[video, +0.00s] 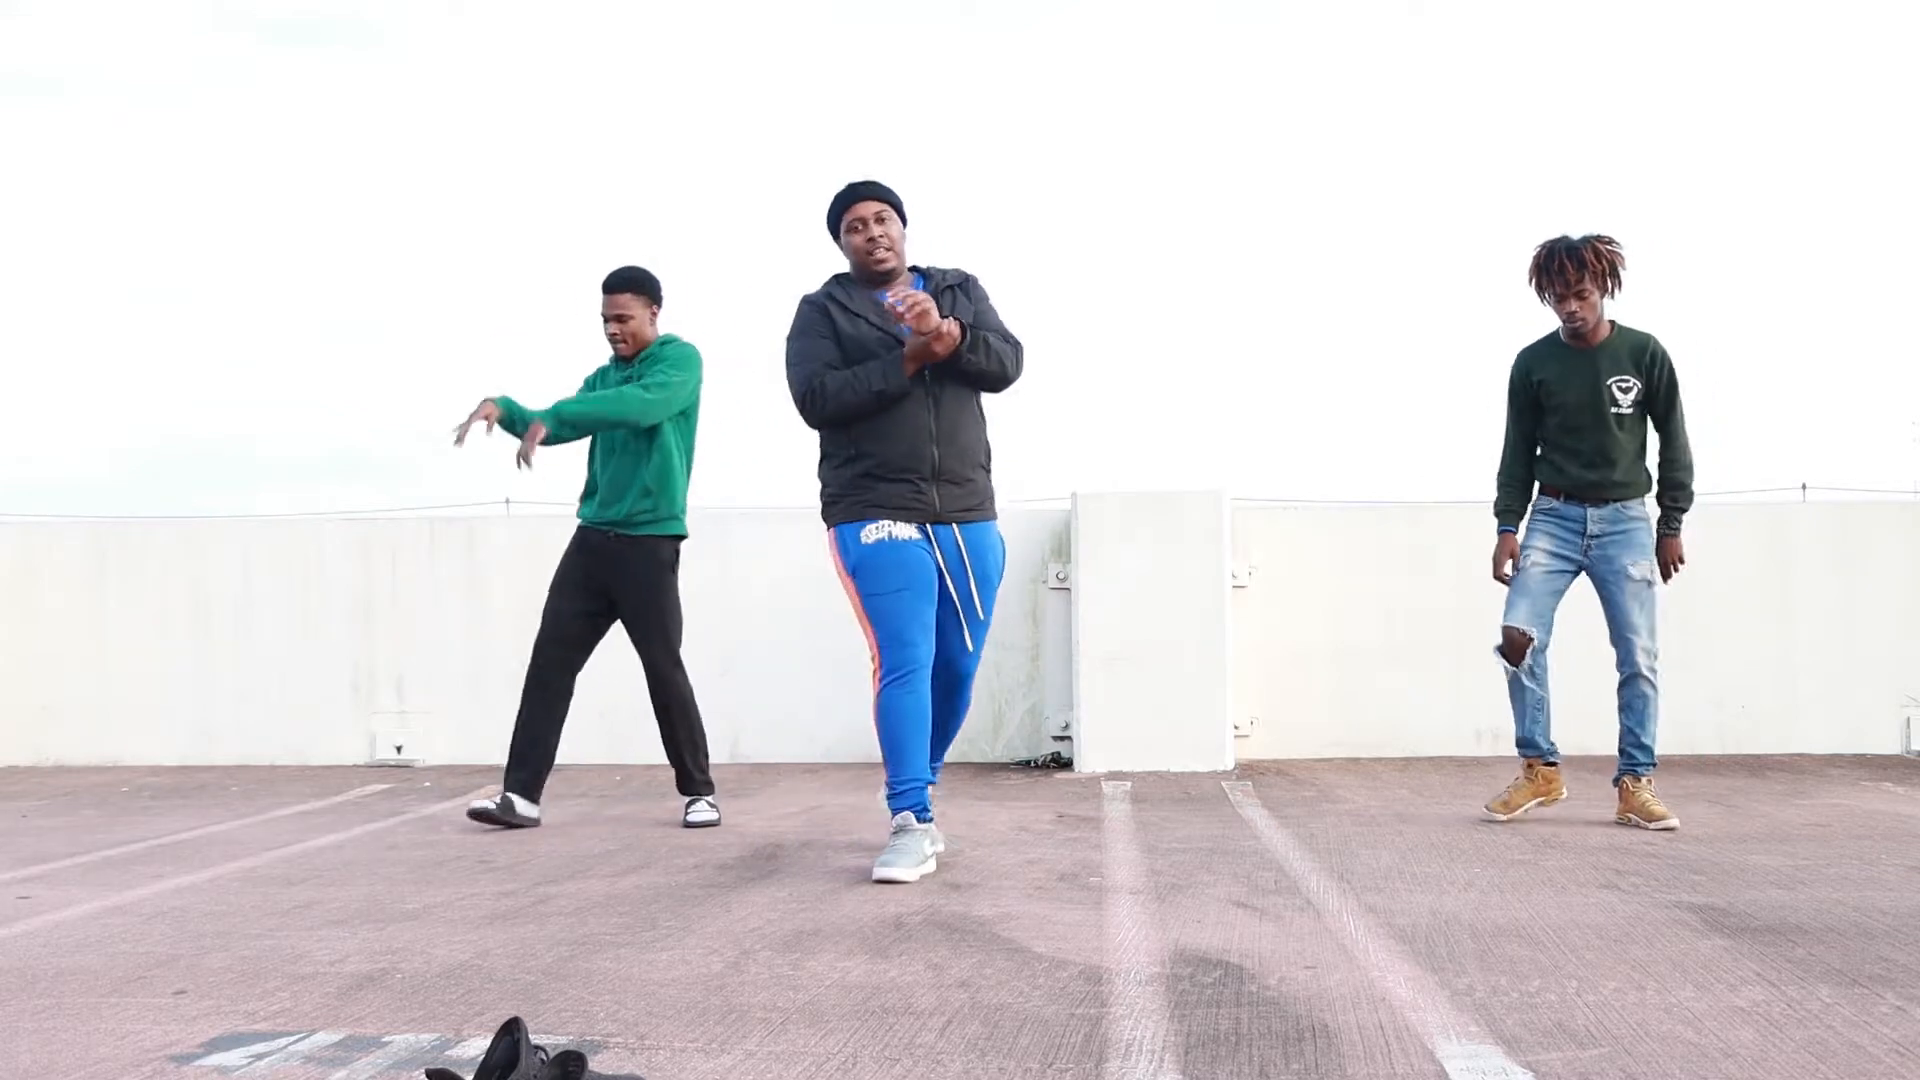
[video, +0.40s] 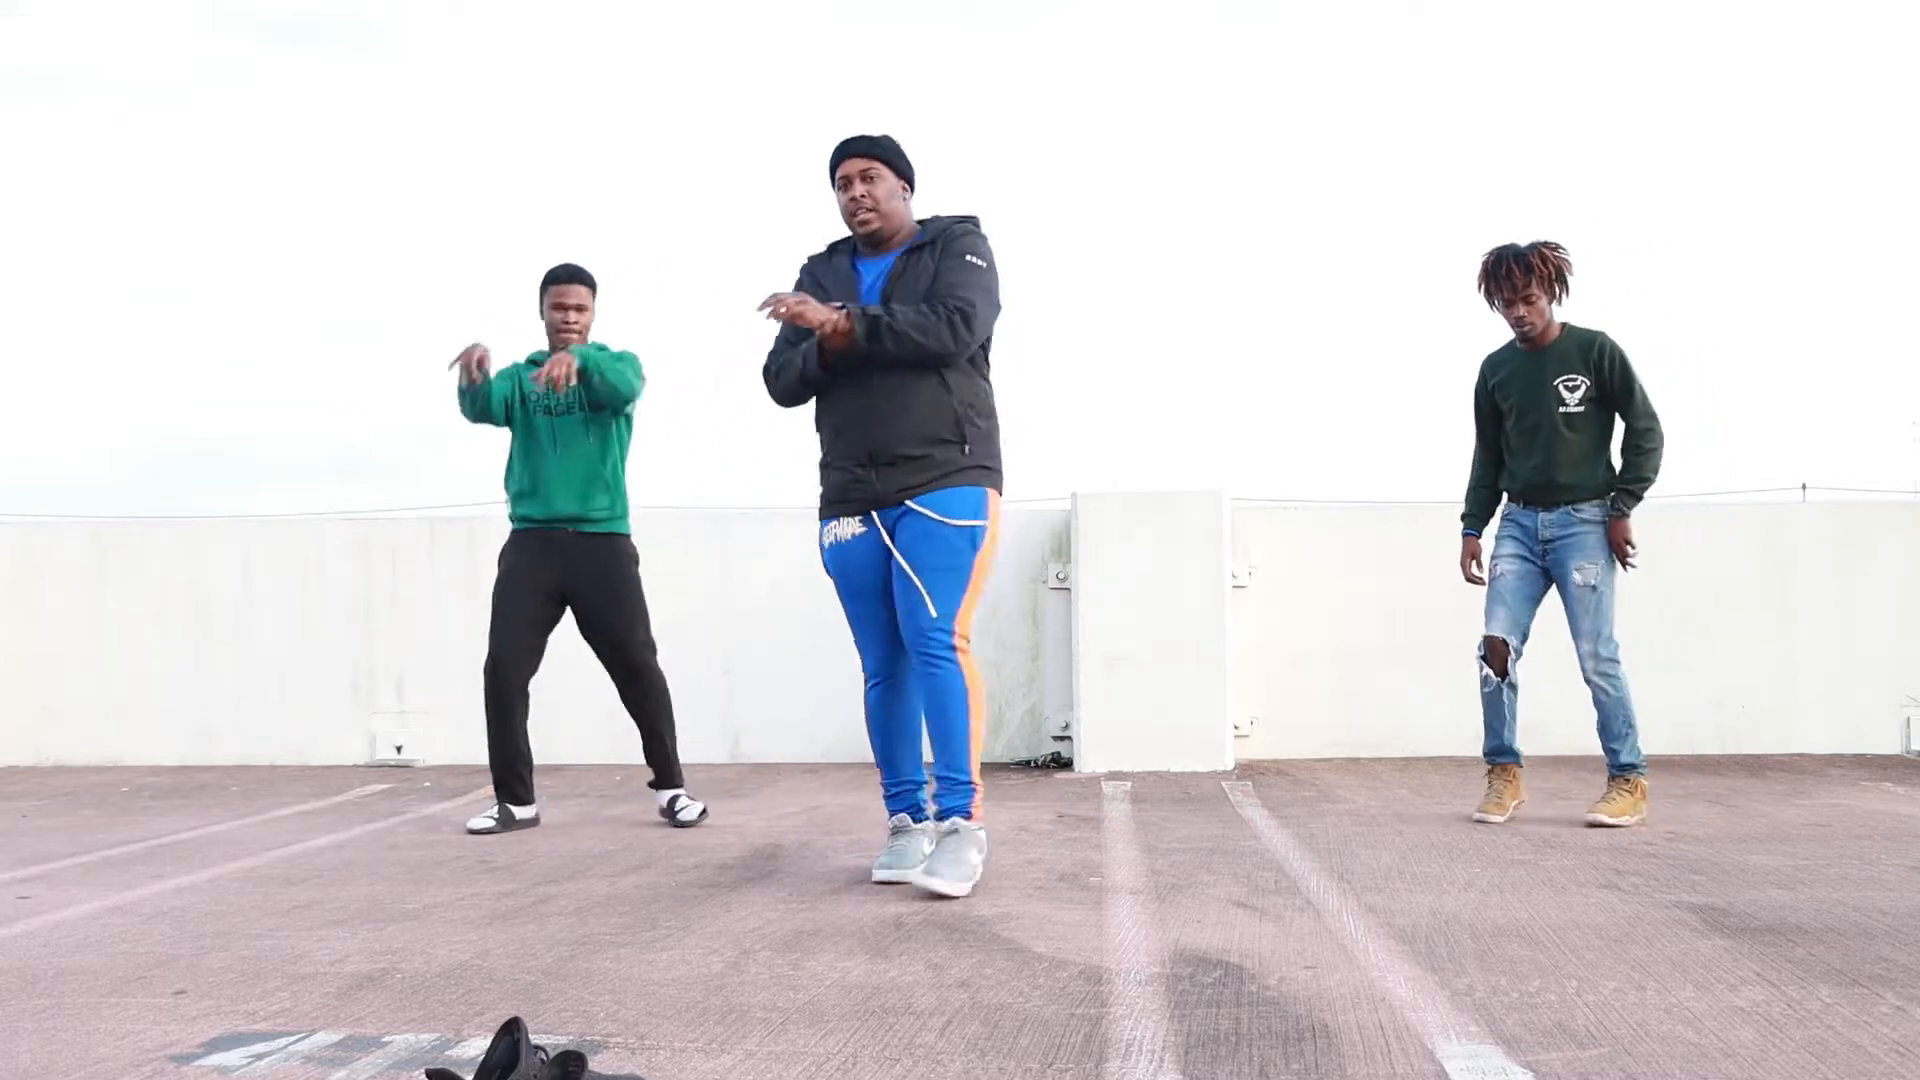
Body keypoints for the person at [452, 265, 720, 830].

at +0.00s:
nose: (614, 329)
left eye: (625, 318)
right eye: (608, 318)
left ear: (655, 313)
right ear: (604, 318)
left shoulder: (680, 359)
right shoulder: (604, 376)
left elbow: (644, 408)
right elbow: (558, 428)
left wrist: (555, 421)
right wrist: (505, 409)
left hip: (649, 544)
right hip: (591, 541)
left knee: (663, 666)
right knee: (551, 661)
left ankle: (698, 793)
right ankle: (521, 796)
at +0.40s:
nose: (567, 318)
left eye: (578, 309)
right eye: (558, 308)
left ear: (593, 315)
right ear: (542, 314)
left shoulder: (615, 364)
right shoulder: (522, 375)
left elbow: (625, 386)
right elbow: (479, 406)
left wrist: (580, 360)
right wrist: (473, 374)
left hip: (603, 546)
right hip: (532, 546)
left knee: (638, 666)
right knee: (504, 672)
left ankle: (672, 790)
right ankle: (515, 802)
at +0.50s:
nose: (576, 306)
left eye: (585, 298)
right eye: (565, 296)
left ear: (593, 305)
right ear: (542, 301)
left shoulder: (607, 359)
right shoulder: (519, 358)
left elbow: (644, 379)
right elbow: (488, 378)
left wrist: (628, 335)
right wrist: (505, 318)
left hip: (610, 534)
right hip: (538, 535)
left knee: (644, 655)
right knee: (517, 668)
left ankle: (658, 788)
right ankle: (514, 801)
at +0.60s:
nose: (584, 299)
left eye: (592, 292)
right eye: (573, 289)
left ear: (599, 302)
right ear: (546, 296)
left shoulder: (611, 358)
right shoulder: (515, 355)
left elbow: (653, 385)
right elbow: (515, 372)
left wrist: (666, 349)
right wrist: (552, 305)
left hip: (613, 534)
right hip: (542, 535)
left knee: (654, 651)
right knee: (523, 669)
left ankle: (677, 784)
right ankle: (515, 801)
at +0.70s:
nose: (599, 310)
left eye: (607, 302)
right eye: (588, 299)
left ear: (613, 309)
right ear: (559, 300)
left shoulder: (621, 366)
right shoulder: (525, 352)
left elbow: (666, 405)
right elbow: (539, 381)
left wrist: (704, 368)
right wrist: (615, 338)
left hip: (620, 537)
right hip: (550, 539)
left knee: (667, 651)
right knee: (527, 669)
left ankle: (697, 786)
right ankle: (515, 802)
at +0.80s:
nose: (618, 325)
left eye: (626, 316)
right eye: (606, 314)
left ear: (632, 321)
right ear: (579, 315)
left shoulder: (638, 386)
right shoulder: (551, 361)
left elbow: (676, 432)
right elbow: (573, 393)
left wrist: (720, 420)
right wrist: (655, 387)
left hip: (633, 549)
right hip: (565, 547)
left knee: (682, 657)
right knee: (534, 673)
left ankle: (702, 796)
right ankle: (514, 803)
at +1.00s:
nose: (675, 329)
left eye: (683, 321)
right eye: (664, 319)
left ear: (690, 329)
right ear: (639, 321)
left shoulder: (691, 398)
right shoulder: (615, 365)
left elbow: (728, 461)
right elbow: (639, 404)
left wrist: (777, 461)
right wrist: (720, 412)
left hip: (681, 551)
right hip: (616, 545)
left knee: (722, 667)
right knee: (570, 670)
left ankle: (708, 798)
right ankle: (518, 794)